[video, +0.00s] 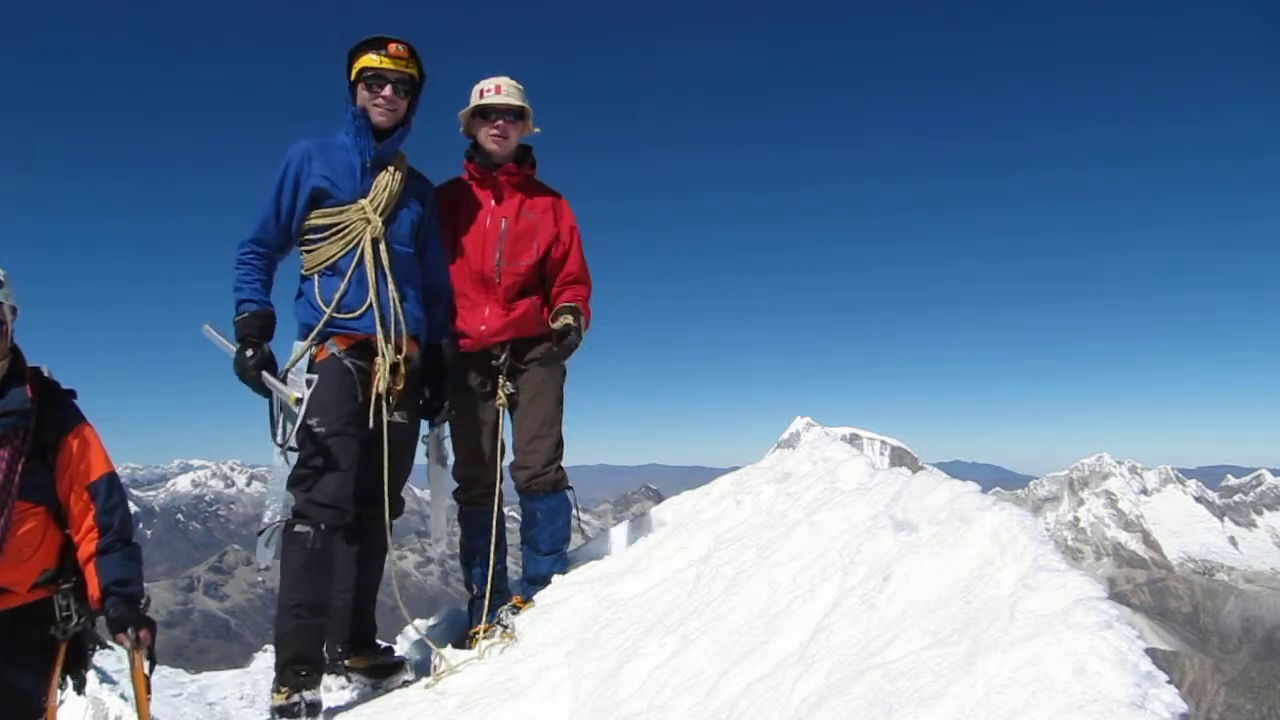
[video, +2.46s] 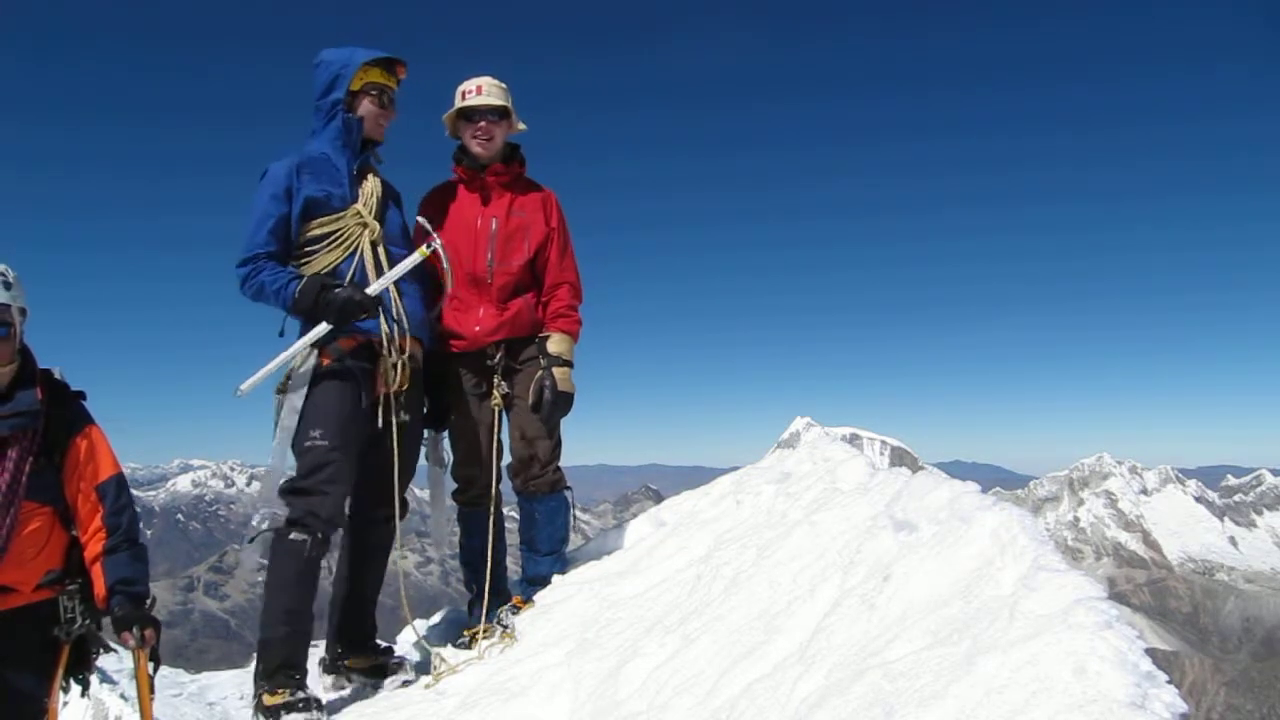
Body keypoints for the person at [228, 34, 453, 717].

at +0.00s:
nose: (386, 94)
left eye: (399, 86)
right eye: (374, 82)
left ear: (413, 98)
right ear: (354, 89)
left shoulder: (420, 189)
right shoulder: (313, 158)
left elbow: (434, 283)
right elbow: (256, 248)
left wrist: (438, 359)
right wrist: (254, 334)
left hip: (403, 363)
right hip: (334, 355)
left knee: (375, 507)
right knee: (323, 504)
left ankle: (355, 642)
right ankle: (298, 673)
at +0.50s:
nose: (384, 97)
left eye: (397, 88)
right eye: (372, 85)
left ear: (410, 100)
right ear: (352, 92)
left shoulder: (418, 191)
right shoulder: (312, 163)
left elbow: (431, 283)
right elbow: (261, 257)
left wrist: (438, 362)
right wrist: (256, 338)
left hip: (405, 363)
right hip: (338, 356)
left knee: (377, 506)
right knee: (326, 503)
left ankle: (354, 639)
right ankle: (299, 670)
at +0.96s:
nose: (383, 97)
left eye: (396, 88)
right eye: (371, 85)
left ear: (410, 100)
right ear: (351, 93)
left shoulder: (418, 190)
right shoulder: (313, 164)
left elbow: (433, 282)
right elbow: (262, 257)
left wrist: (439, 364)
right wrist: (254, 338)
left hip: (405, 364)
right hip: (338, 356)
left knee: (378, 504)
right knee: (328, 500)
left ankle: (355, 638)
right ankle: (300, 670)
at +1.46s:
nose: (400, 100)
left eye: (408, 91)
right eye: (386, 88)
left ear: (414, 102)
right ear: (357, 94)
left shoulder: (417, 191)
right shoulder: (313, 164)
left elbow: (432, 281)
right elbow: (253, 251)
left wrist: (440, 363)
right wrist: (288, 282)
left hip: (403, 365)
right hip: (337, 359)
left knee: (376, 507)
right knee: (325, 506)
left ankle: (354, 640)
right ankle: (299, 672)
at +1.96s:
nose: (403, 108)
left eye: (407, 98)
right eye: (391, 96)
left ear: (404, 107)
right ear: (357, 100)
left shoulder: (400, 193)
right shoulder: (313, 168)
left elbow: (421, 281)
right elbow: (262, 261)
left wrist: (433, 359)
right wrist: (327, 286)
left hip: (402, 361)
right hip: (347, 356)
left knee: (380, 504)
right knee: (340, 499)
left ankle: (354, 642)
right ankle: (297, 675)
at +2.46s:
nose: (388, 109)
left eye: (391, 99)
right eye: (377, 97)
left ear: (385, 108)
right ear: (342, 99)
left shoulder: (387, 192)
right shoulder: (298, 171)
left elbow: (416, 280)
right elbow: (254, 268)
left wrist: (431, 358)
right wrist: (310, 293)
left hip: (397, 368)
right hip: (334, 364)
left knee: (378, 512)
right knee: (314, 509)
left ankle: (354, 646)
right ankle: (279, 678)